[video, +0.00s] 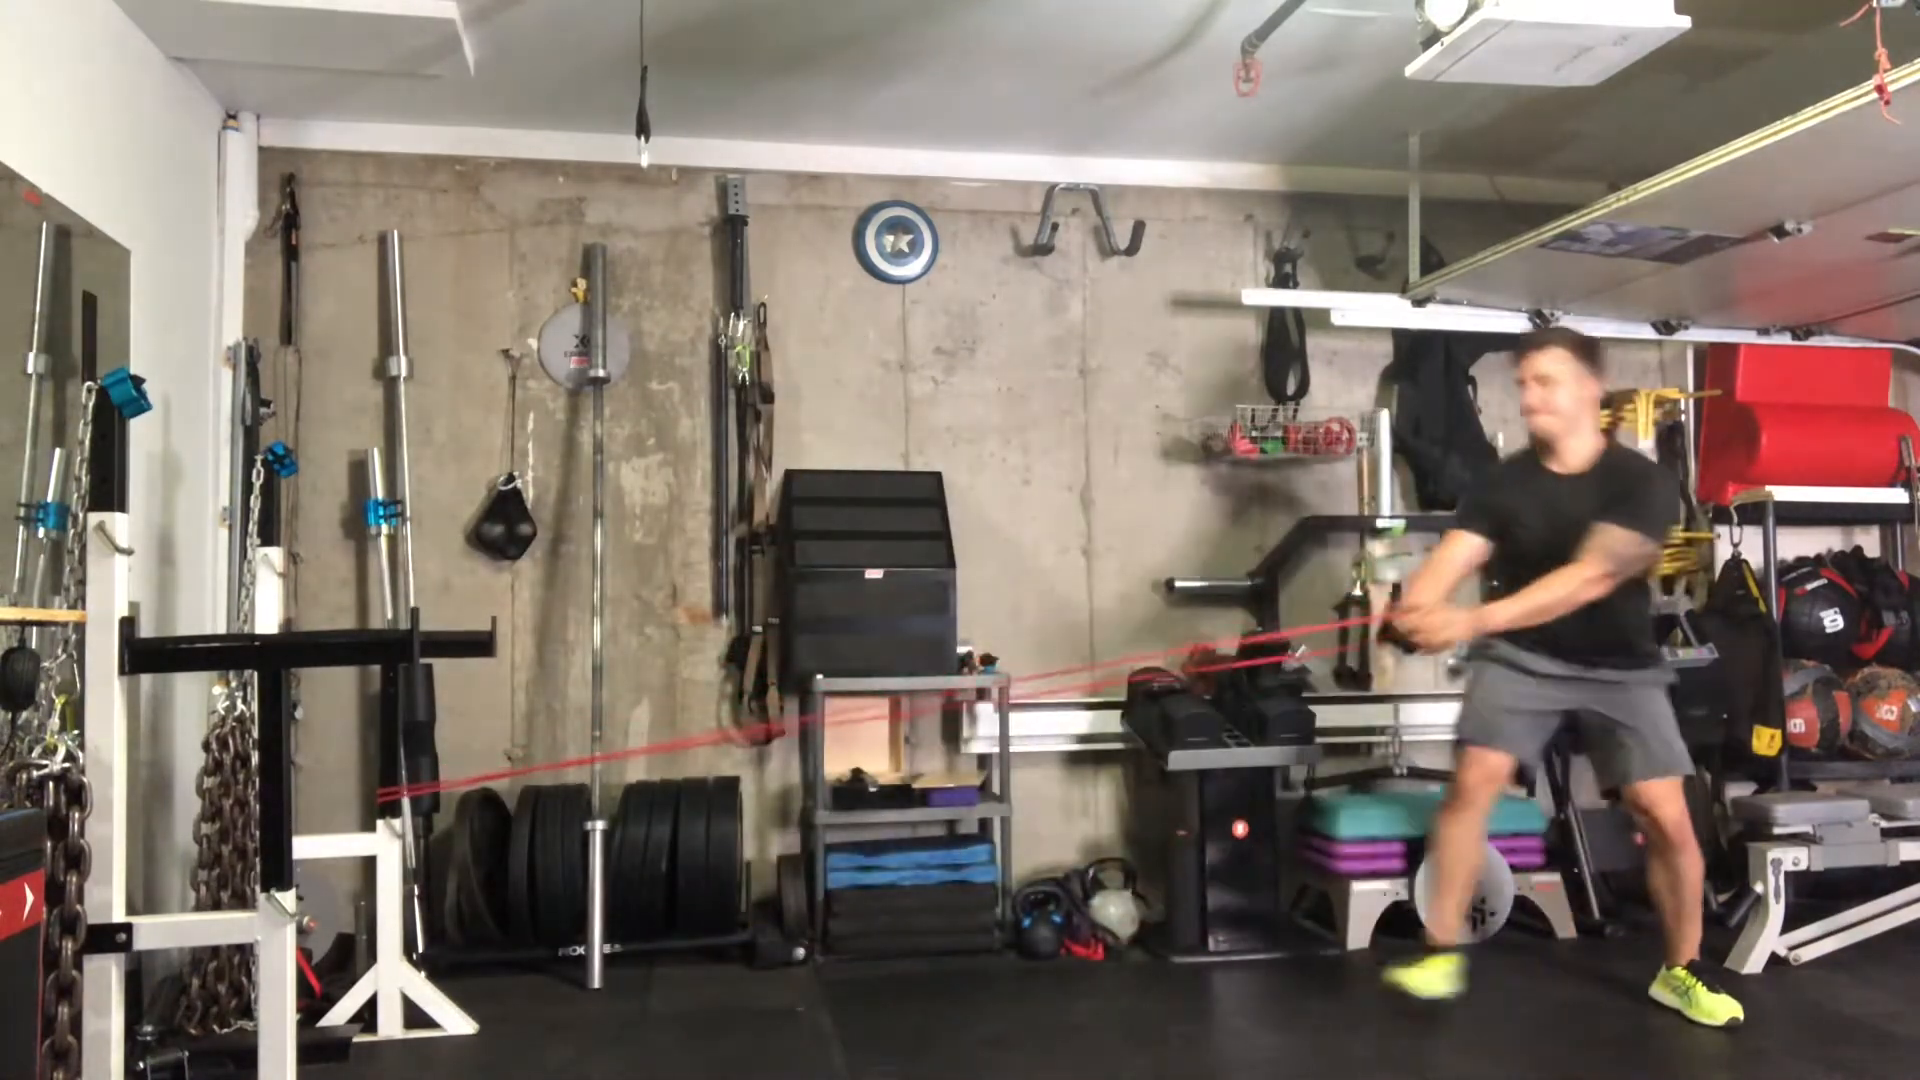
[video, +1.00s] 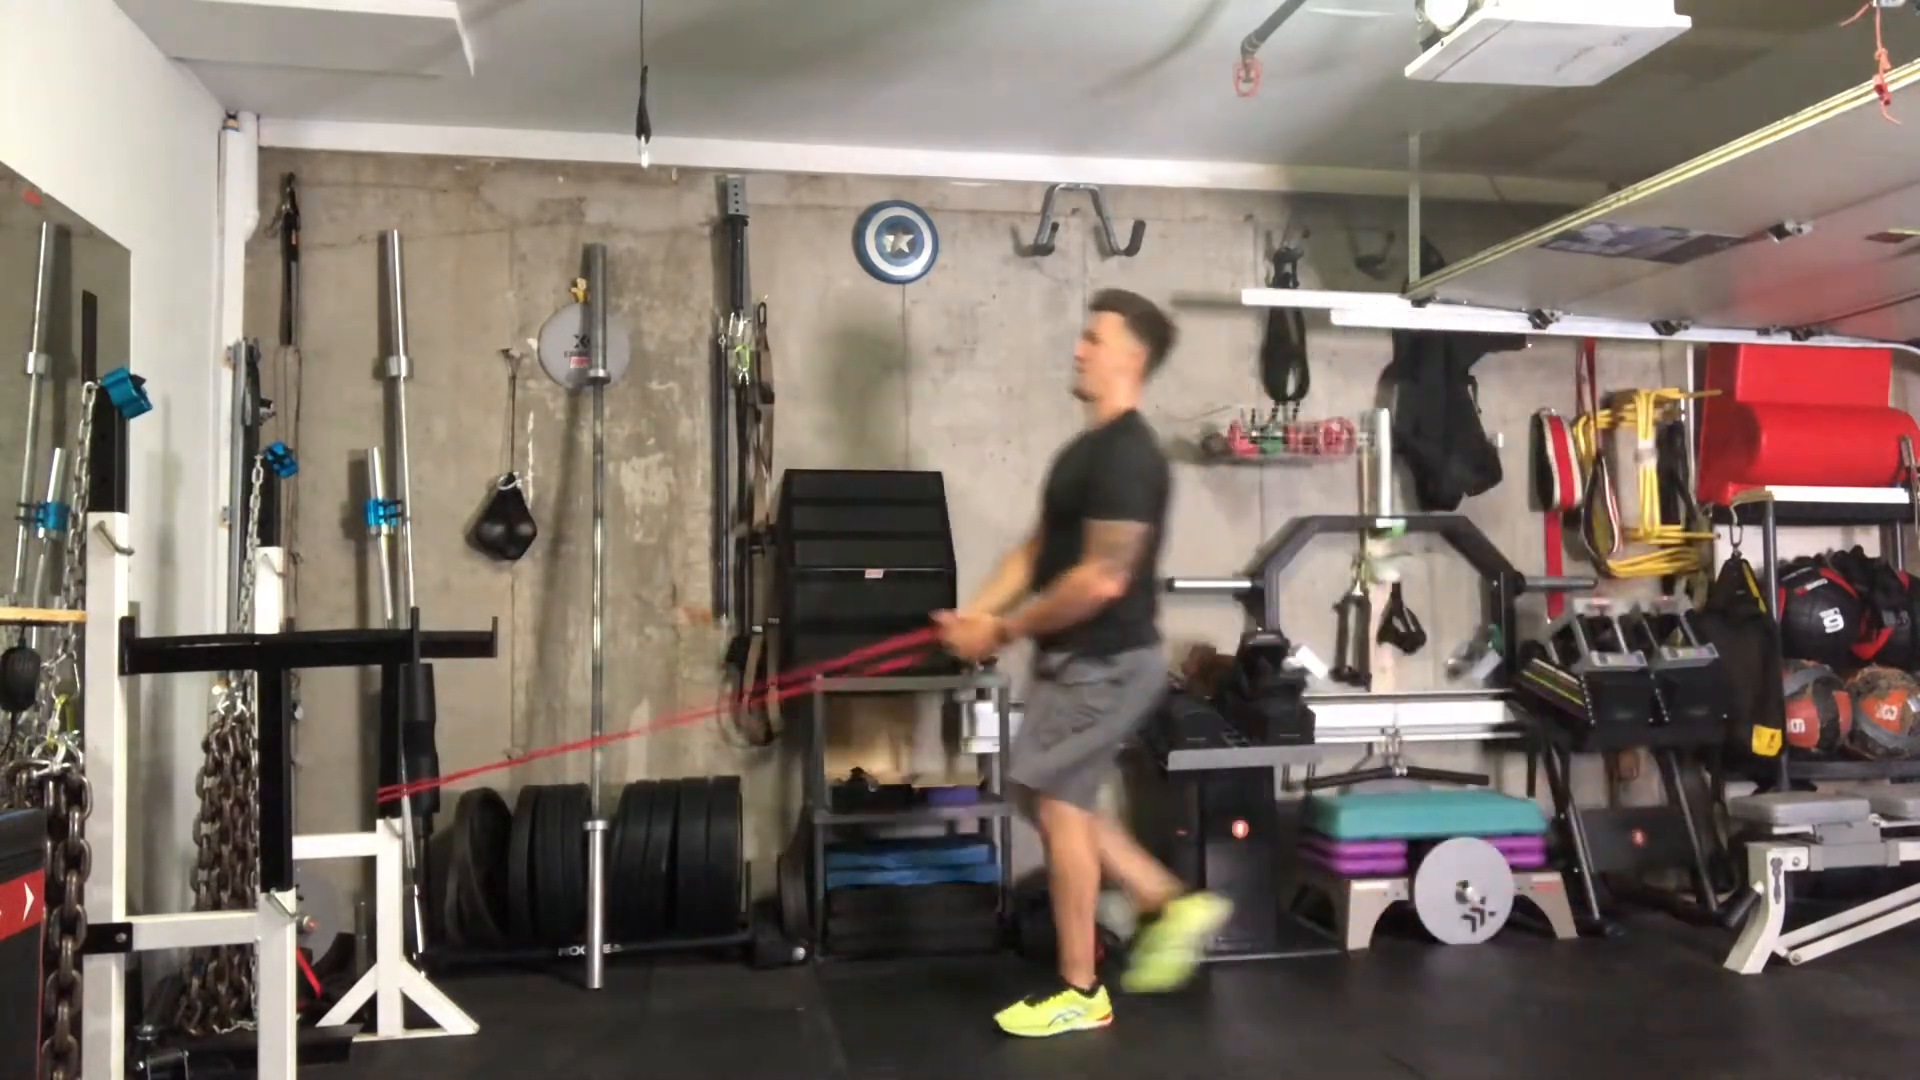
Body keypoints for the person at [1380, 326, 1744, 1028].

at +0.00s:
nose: (1531, 396)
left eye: (1547, 382)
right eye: (1524, 384)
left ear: (1594, 390)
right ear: (1519, 396)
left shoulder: (1644, 483)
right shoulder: (1509, 481)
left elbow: (1589, 578)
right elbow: (1450, 559)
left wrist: (1471, 621)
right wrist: (1411, 607)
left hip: (1623, 674)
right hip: (1518, 663)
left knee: (1669, 819)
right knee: (1473, 780)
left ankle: (1681, 971)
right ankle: (1443, 952)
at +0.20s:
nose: (1420, 379)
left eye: (1436, 366)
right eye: (1416, 368)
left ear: (1480, 372)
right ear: (1411, 381)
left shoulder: (1520, 466)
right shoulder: (1412, 467)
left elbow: (1475, 584)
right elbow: (1369, 560)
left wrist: (1357, 628)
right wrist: (1317, 611)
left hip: (1540, 672)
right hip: (1439, 670)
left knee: (1614, 808)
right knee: (1391, 790)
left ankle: (1682, 960)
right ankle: (1378, 963)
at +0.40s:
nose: (1331, 364)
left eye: (1345, 352)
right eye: (1329, 353)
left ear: (1392, 360)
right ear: (1333, 365)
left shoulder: (1425, 451)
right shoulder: (1327, 460)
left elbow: (1371, 562)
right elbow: (1278, 543)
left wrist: (1258, 605)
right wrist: (1223, 594)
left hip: (1425, 650)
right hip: (1350, 651)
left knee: (1438, 789)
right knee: (1344, 801)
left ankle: (1559, 927)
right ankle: (1374, 967)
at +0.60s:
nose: (1254, 361)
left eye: (1267, 347)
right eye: (1253, 348)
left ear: (1313, 358)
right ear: (1263, 360)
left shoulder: (1338, 451)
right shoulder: (1250, 459)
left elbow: (1296, 560)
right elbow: (1209, 536)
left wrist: (1184, 598)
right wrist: (1151, 585)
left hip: (1328, 647)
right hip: (1275, 648)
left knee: (1264, 777)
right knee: (1315, 797)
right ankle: (1373, 962)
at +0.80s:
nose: (1166, 372)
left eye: (1182, 360)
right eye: (1169, 360)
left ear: (1225, 375)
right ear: (1193, 377)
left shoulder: (1236, 470)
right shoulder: (1171, 468)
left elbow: (1207, 591)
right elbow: (1128, 558)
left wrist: (1100, 634)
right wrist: (1073, 617)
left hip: (1210, 670)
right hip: (1178, 665)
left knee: (1136, 805)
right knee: (1229, 808)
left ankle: (1088, 987)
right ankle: (1353, 942)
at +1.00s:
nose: (1078, 351)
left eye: (1095, 341)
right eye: (1083, 338)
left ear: (1136, 361)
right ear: (1105, 356)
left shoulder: (1130, 453)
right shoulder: (1081, 453)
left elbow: (1103, 580)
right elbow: (1037, 551)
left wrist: (1003, 628)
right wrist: (980, 613)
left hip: (1113, 663)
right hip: (1071, 658)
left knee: (1060, 801)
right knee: (1044, 791)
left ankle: (1081, 989)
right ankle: (1171, 902)